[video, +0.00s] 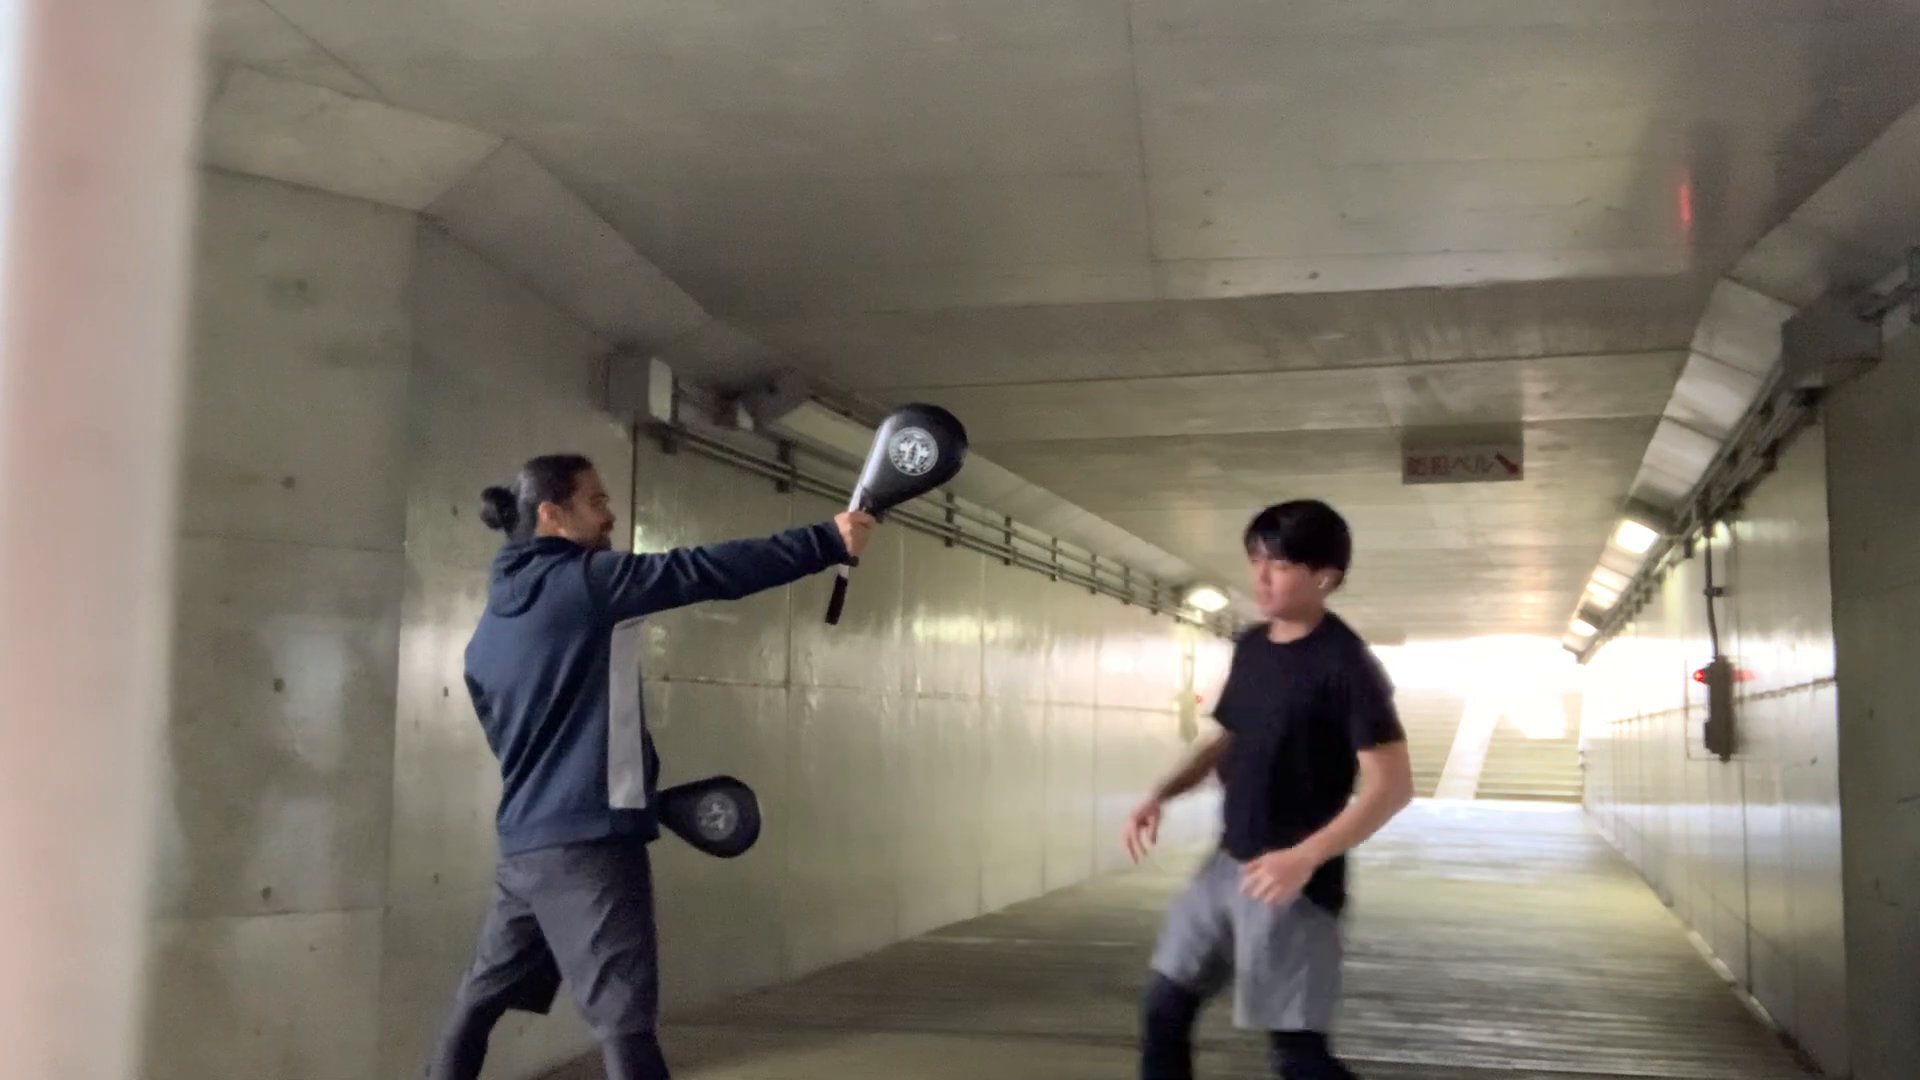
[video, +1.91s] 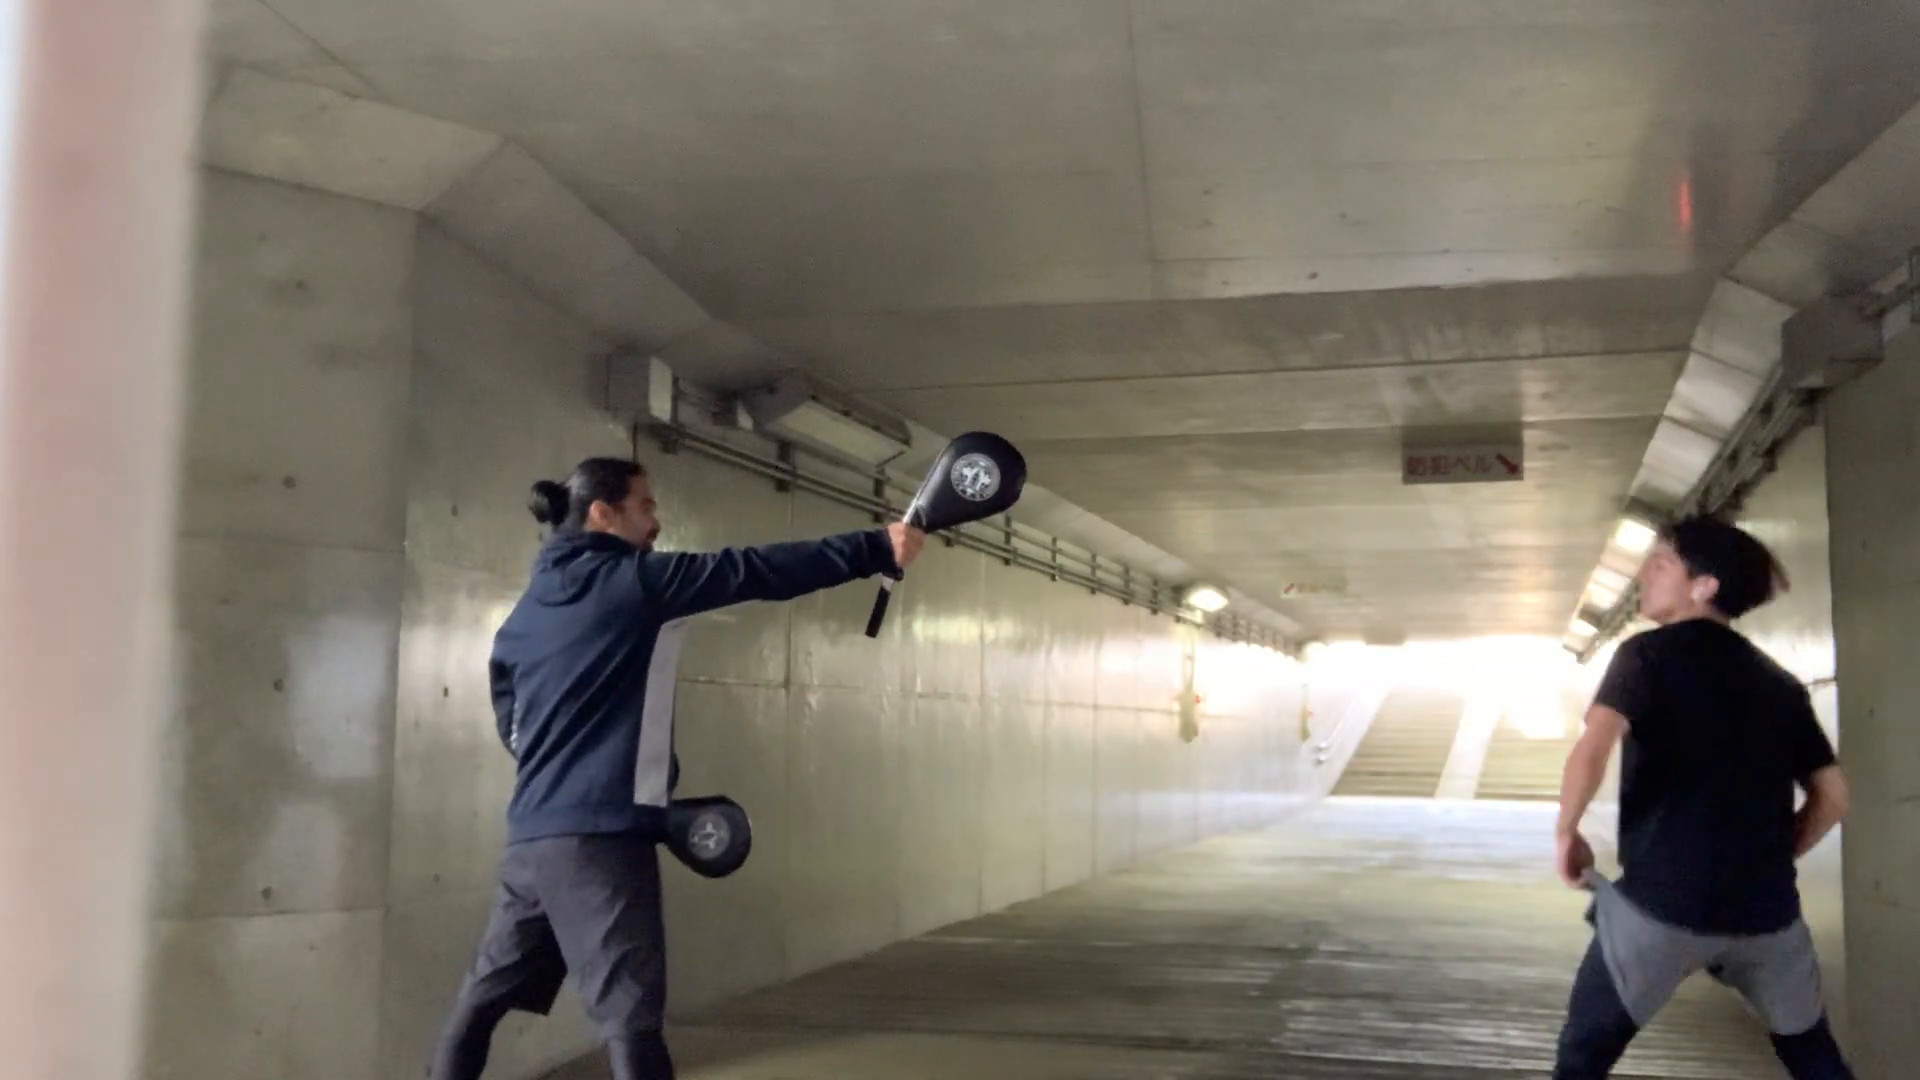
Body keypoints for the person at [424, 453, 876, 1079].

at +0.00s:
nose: (611, 513)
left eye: (607, 499)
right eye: (597, 501)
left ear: (544, 517)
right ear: (551, 513)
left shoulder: (486, 636)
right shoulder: (589, 579)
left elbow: (524, 752)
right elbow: (707, 570)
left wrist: (632, 792)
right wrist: (828, 539)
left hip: (525, 839)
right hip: (591, 838)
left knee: (477, 1003)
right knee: (625, 1025)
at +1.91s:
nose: (657, 520)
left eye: (653, 505)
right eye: (646, 505)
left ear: (595, 514)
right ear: (602, 512)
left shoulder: (518, 620)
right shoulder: (637, 578)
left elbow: (518, 734)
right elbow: (755, 570)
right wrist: (878, 547)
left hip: (532, 834)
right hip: (598, 832)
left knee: (477, 1004)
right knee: (630, 1024)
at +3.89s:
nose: (630, 520)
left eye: (628, 507)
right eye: (619, 507)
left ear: (565, 518)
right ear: (571, 513)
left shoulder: (510, 627)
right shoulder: (602, 578)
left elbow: (546, 739)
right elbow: (718, 570)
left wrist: (636, 776)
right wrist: (841, 541)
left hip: (538, 835)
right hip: (598, 835)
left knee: (490, 997)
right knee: (631, 1022)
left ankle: (448, 1079)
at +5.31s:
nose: (632, 518)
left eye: (629, 505)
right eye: (621, 505)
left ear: (565, 516)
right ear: (576, 512)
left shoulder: (499, 633)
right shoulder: (611, 578)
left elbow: (522, 743)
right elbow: (731, 573)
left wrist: (637, 784)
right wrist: (856, 552)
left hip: (531, 840)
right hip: (596, 838)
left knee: (476, 1008)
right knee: (628, 1027)